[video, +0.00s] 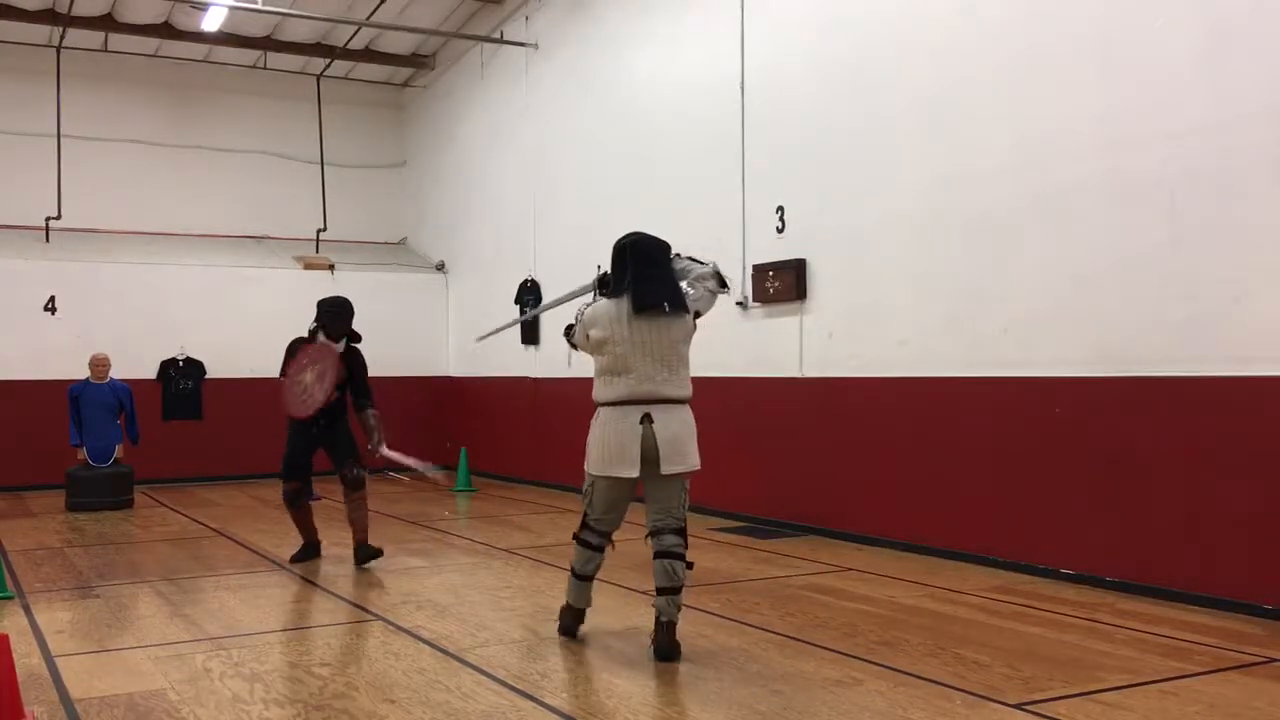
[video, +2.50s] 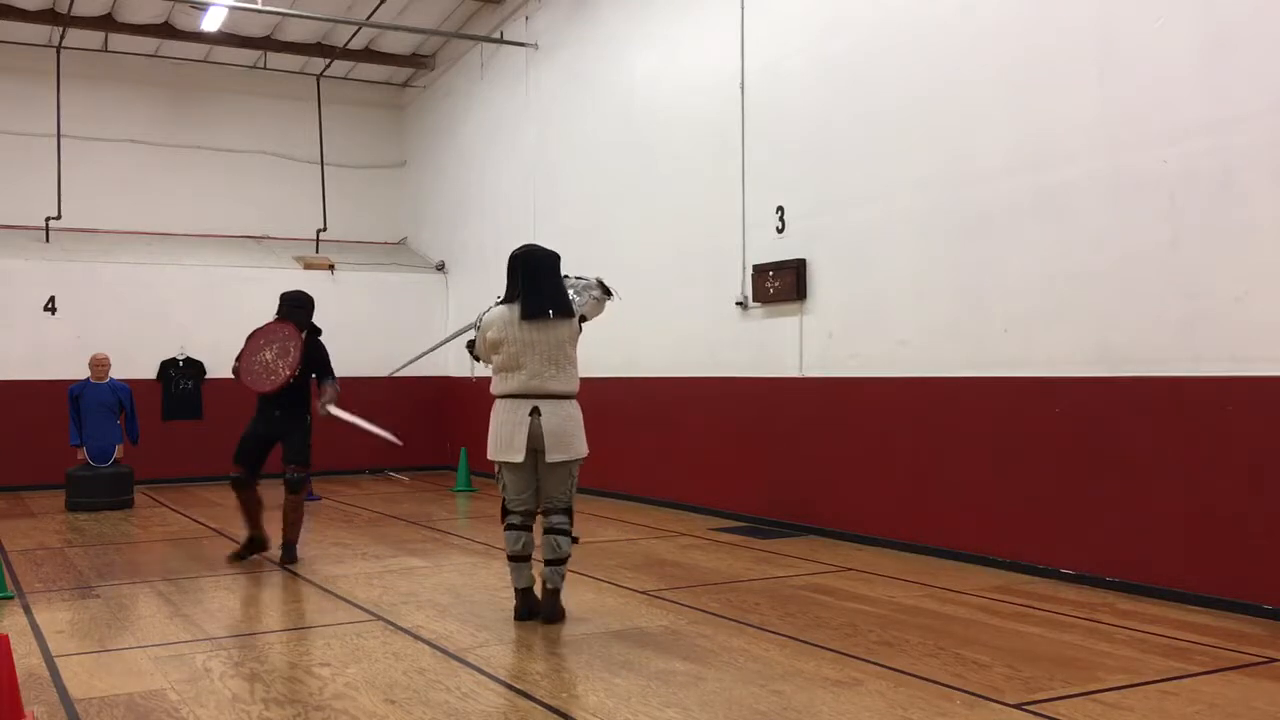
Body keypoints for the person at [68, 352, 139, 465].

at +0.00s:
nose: (100, 369)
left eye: (104, 366)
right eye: (97, 366)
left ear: (109, 367)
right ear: (90, 367)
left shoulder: (121, 389)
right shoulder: (77, 390)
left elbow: (130, 415)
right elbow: (74, 419)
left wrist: (133, 437)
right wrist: (78, 444)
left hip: (113, 444)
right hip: (88, 444)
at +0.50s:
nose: (100, 369)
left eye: (104, 366)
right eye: (96, 366)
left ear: (109, 367)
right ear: (89, 367)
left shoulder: (121, 389)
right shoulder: (77, 390)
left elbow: (130, 415)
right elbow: (74, 419)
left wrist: (133, 437)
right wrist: (78, 445)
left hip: (113, 444)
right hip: (88, 444)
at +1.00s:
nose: (100, 369)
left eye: (104, 366)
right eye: (96, 366)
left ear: (109, 367)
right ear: (90, 367)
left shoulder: (121, 389)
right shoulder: (77, 390)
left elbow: (130, 415)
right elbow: (74, 419)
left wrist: (133, 437)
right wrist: (78, 445)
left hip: (113, 444)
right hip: (88, 444)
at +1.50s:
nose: (100, 369)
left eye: (104, 366)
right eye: (96, 366)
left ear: (109, 367)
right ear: (89, 367)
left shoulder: (121, 389)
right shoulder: (77, 390)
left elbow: (130, 415)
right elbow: (74, 419)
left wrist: (133, 437)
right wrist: (78, 444)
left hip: (114, 445)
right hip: (87, 445)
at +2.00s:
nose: (100, 369)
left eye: (104, 366)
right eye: (96, 366)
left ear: (109, 367)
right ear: (89, 367)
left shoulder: (121, 389)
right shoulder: (77, 390)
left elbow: (130, 415)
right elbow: (74, 419)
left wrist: (133, 437)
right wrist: (78, 444)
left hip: (114, 445)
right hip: (87, 445)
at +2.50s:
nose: (100, 369)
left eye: (104, 366)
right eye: (96, 366)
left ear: (109, 367)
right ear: (89, 367)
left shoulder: (121, 389)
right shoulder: (77, 390)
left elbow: (130, 415)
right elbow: (74, 419)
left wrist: (133, 437)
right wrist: (78, 445)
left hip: (114, 445)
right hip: (87, 445)